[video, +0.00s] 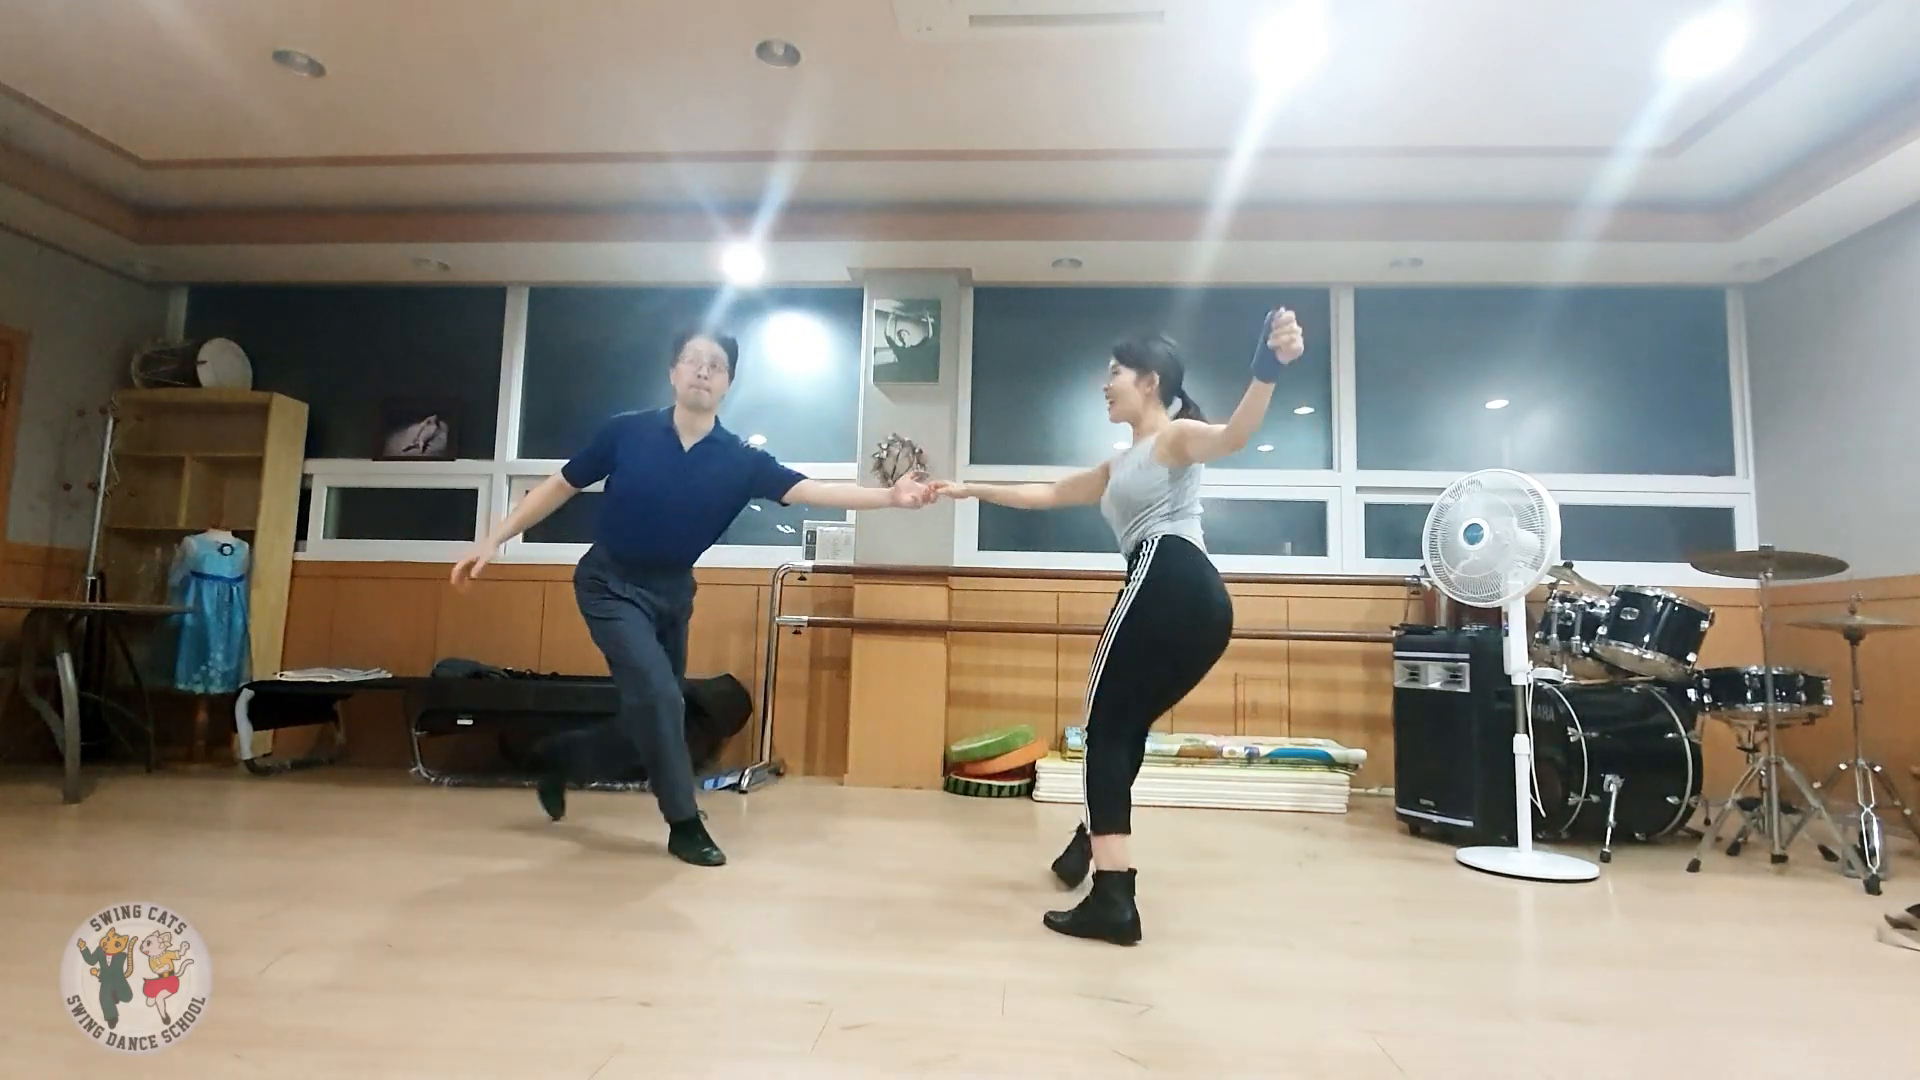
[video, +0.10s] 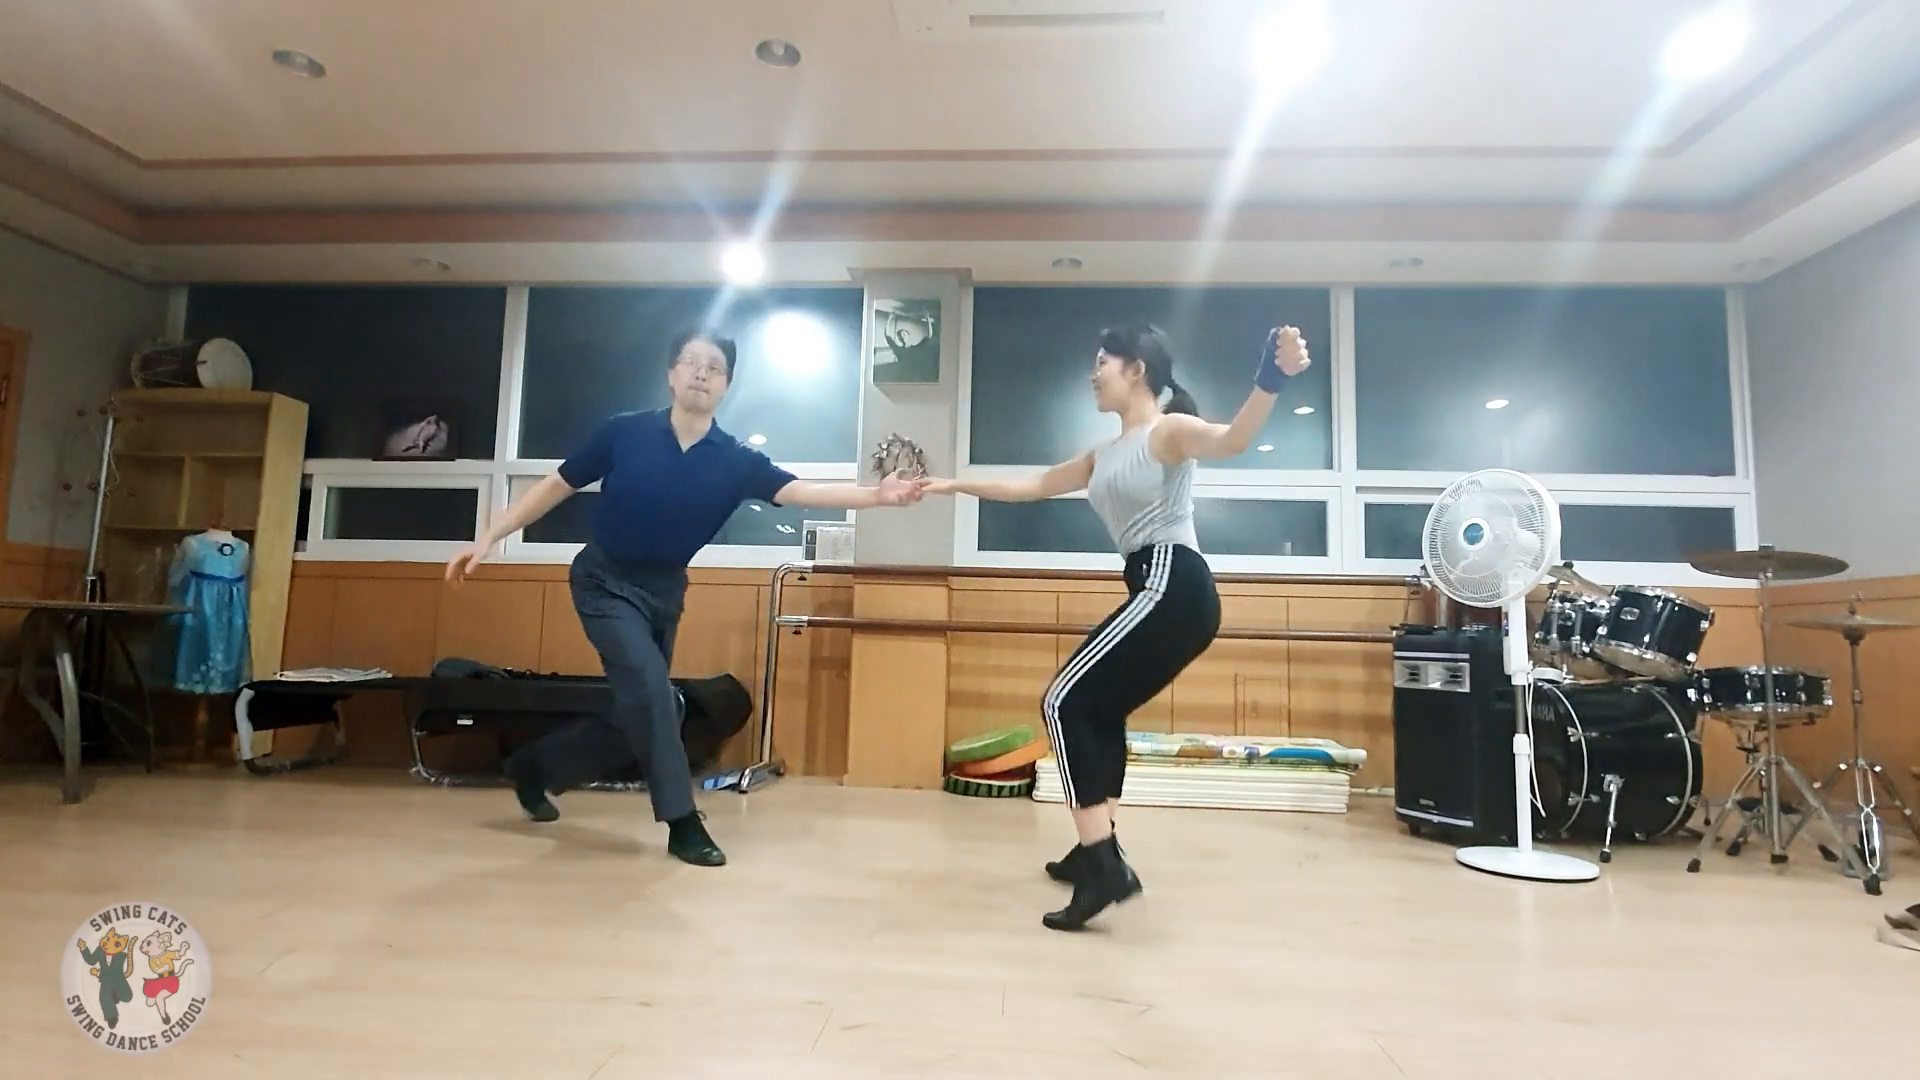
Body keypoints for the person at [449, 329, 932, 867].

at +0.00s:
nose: (701, 372)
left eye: (714, 366)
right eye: (692, 362)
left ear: (728, 385)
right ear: (671, 374)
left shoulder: (741, 461)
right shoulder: (627, 434)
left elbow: (812, 490)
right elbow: (559, 487)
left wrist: (892, 495)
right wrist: (492, 541)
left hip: (671, 595)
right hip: (611, 583)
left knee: (651, 722)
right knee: (657, 691)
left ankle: (557, 758)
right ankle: (685, 823)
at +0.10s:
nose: (699, 376)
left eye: (712, 370)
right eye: (690, 365)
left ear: (726, 387)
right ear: (669, 375)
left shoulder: (736, 462)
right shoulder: (624, 434)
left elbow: (802, 492)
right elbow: (554, 488)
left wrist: (879, 494)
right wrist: (487, 539)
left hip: (663, 596)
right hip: (605, 583)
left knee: (638, 715)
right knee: (649, 689)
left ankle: (531, 767)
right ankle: (683, 822)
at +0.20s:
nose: (699, 374)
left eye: (712, 369)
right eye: (690, 362)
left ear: (723, 386)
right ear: (668, 371)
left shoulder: (728, 456)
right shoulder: (620, 431)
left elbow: (791, 492)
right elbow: (546, 483)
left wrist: (857, 493)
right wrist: (482, 531)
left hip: (653, 590)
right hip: (599, 576)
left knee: (623, 708)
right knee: (646, 688)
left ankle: (519, 780)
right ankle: (681, 822)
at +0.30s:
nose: (694, 373)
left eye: (708, 368)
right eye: (686, 361)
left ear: (718, 385)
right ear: (666, 369)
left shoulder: (720, 450)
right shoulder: (617, 428)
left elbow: (779, 489)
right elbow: (543, 479)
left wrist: (840, 490)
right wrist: (478, 527)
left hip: (650, 581)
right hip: (596, 571)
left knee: (598, 699)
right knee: (648, 675)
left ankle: (516, 786)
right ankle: (677, 817)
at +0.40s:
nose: (694, 374)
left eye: (707, 368)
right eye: (686, 363)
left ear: (719, 385)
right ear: (667, 372)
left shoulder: (725, 450)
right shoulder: (620, 430)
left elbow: (760, 498)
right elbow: (546, 482)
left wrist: (816, 495)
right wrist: (480, 529)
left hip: (657, 583)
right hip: (605, 573)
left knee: (591, 690)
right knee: (660, 676)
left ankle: (512, 787)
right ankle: (639, 809)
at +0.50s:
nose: (710, 365)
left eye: (722, 359)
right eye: (702, 353)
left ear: (735, 375)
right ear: (680, 361)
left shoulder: (741, 444)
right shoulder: (636, 429)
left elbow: (751, 511)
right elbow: (568, 483)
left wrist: (790, 506)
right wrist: (504, 533)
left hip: (676, 582)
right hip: (626, 574)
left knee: (607, 689)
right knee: (664, 685)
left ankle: (522, 774)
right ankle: (635, 812)